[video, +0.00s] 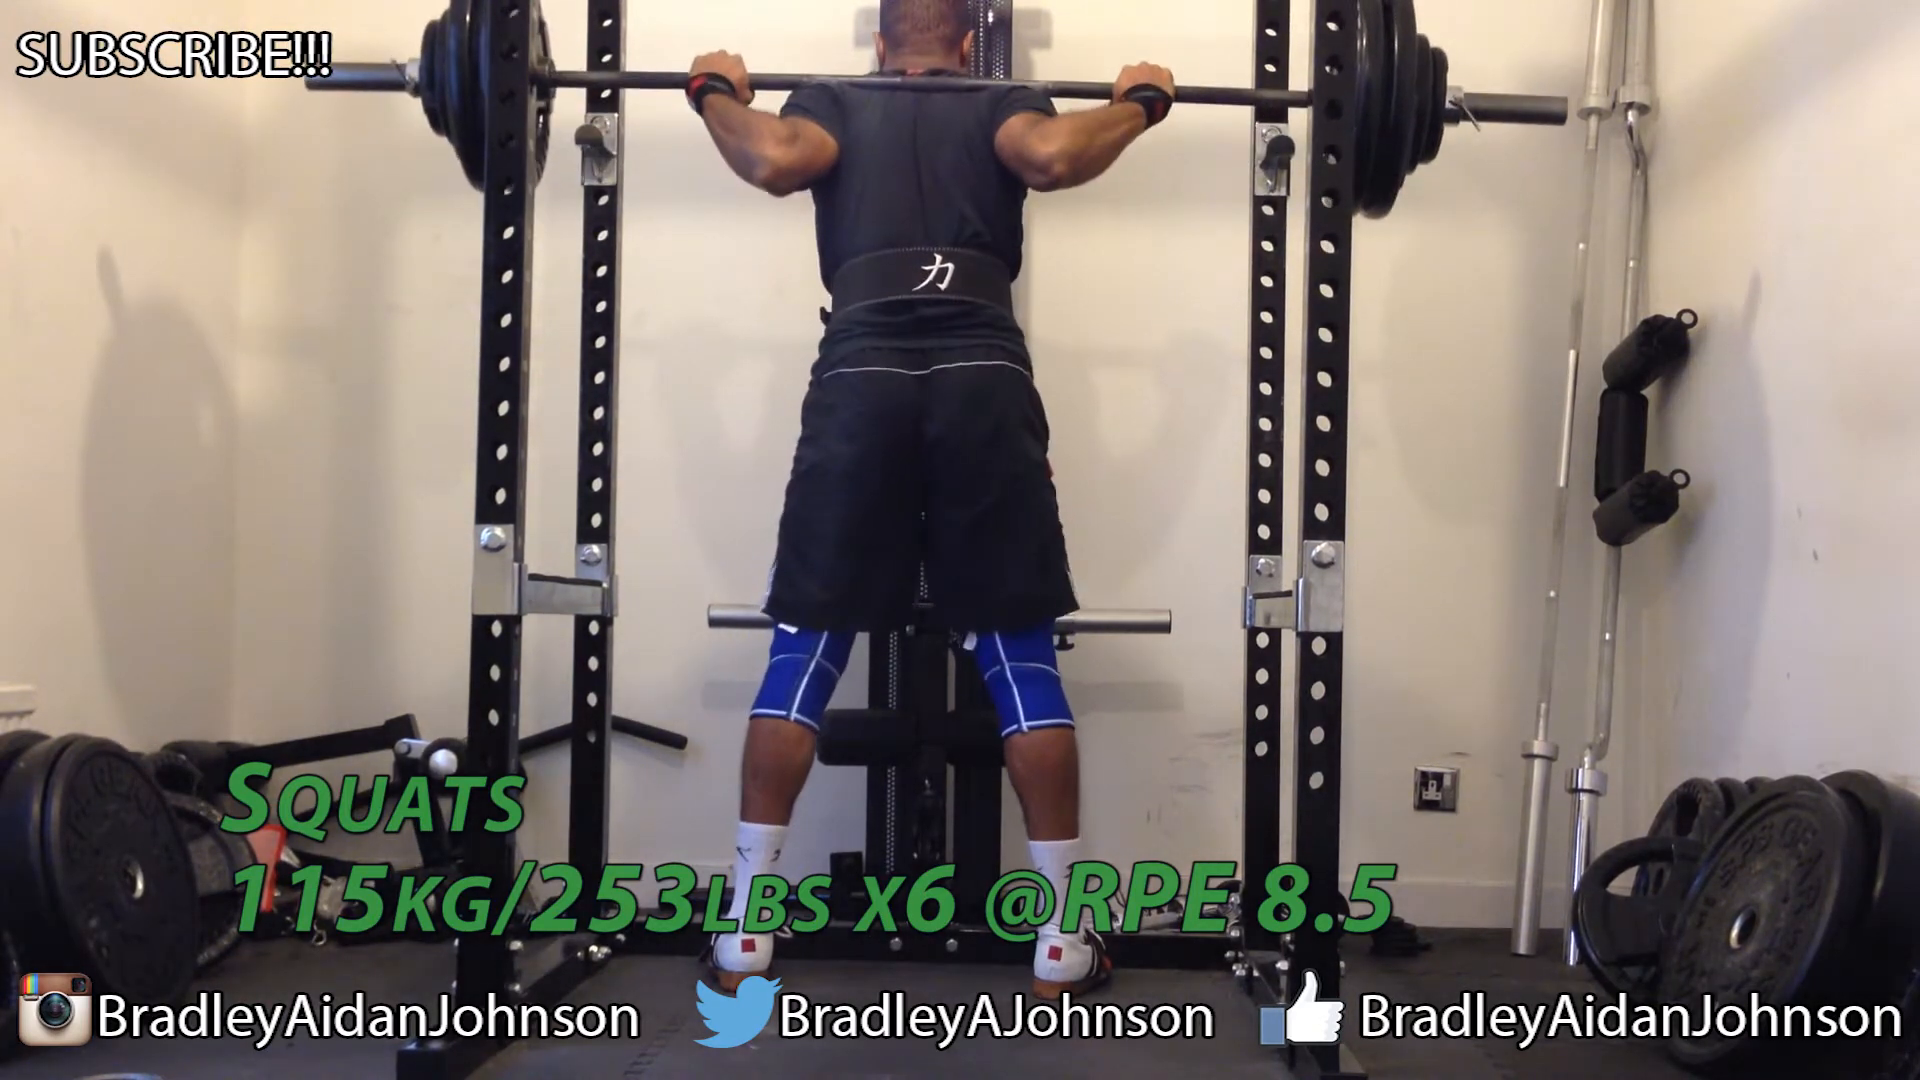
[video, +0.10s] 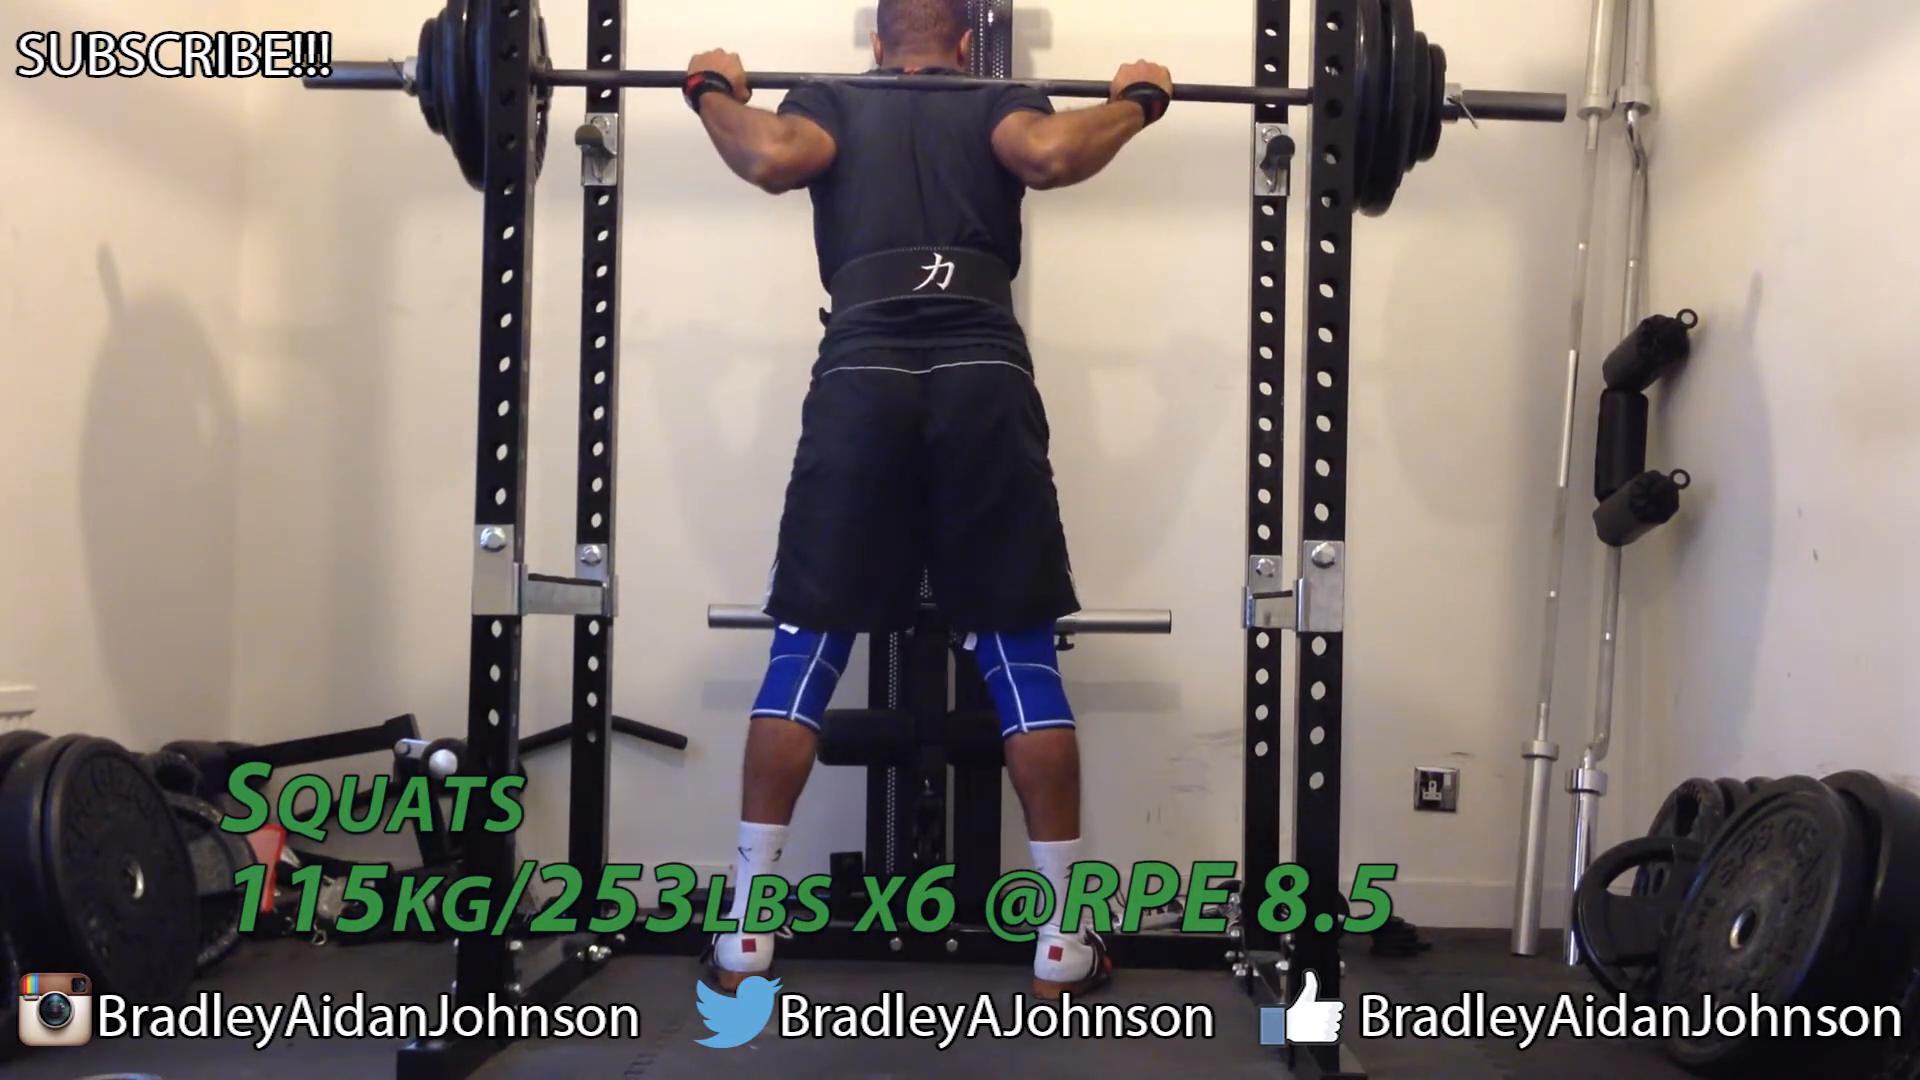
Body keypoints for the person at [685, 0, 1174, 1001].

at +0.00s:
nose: (925, 28)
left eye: (900, 20)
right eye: (956, 22)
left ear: (879, 41)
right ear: (968, 38)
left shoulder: (834, 107)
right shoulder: (995, 103)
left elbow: (771, 157)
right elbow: (1056, 154)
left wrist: (722, 101)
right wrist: (1135, 107)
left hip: (856, 390)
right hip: (983, 390)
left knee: (802, 654)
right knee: (1021, 659)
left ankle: (746, 924)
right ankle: (1061, 930)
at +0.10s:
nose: (907, 27)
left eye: (893, 21)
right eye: (947, 22)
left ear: (875, 42)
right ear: (966, 38)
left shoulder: (833, 103)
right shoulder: (992, 102)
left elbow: (770, 156)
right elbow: (1053, 152)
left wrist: (720, 99)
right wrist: (1135, 102)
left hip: (858, 391)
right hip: (985, 390)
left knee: (804, 652)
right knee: (1021, 657)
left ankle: (747, 919)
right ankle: (1063, 928)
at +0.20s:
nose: (900, 30)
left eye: (888, 22)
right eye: (947, 23)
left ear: (872, 41)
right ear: (962, 36)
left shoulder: (829, 102)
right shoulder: (990, 103)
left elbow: (765, 158)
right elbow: (1048, 154)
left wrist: (716, 100)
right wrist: (1130, 105)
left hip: (852, 390)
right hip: (978, 390)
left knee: (800, 651)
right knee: (1019, 658)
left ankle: (746, 921)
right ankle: (1064, 929)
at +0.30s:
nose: (922, 28)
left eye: (887, 21)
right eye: (947, 21)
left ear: (867, 40)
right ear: (957, 35)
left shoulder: (822, 103)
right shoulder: (985, 104)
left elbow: (759, 160)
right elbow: (1041, 158)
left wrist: (710, 99)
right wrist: (1125, 107)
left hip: (840, 396)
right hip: (967, 395)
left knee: (793, 654)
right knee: (1014, 660)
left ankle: (746, 923)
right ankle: (1060, 929)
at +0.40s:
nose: (932, 32)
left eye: (897, 24)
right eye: (940, 24)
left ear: (860, 40)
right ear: (947, 35)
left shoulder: (814, 101)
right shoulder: (976, 101)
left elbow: (750, 161)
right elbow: (1028, 163)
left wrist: (701, 101)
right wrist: (1115, 111)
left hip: (818, 390)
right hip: (943, 390)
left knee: (783, 648)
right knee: (1001, 649)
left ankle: (744, 926)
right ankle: (1062, 922)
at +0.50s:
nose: (937, 30)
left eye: (894, 22)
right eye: (941, 22)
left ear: (859, 40)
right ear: (946, 35)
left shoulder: (809, 97)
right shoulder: (972, 98)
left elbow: (744, 164)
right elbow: (1022, 163)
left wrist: (696, 99)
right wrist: (1113, 108)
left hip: (810, 384)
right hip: (932, 381)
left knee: (782, 649)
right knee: (1002, 646)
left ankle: (744, 921)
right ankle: (1063, 918)